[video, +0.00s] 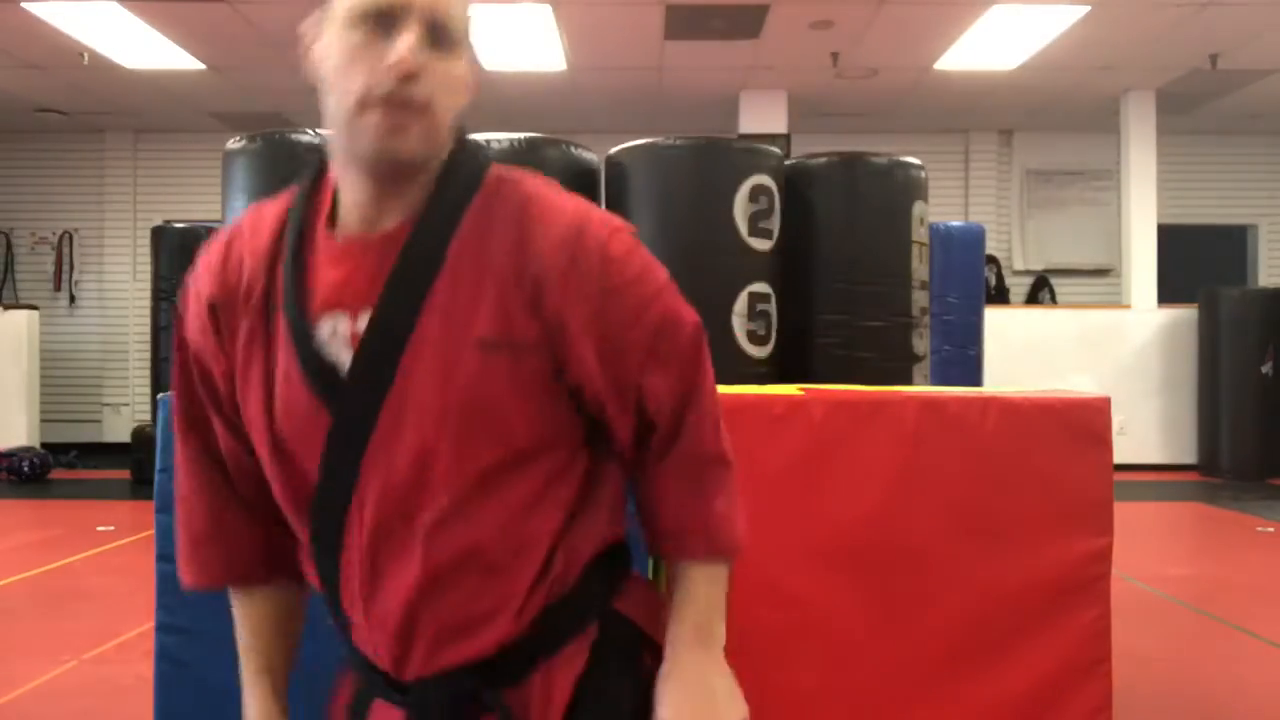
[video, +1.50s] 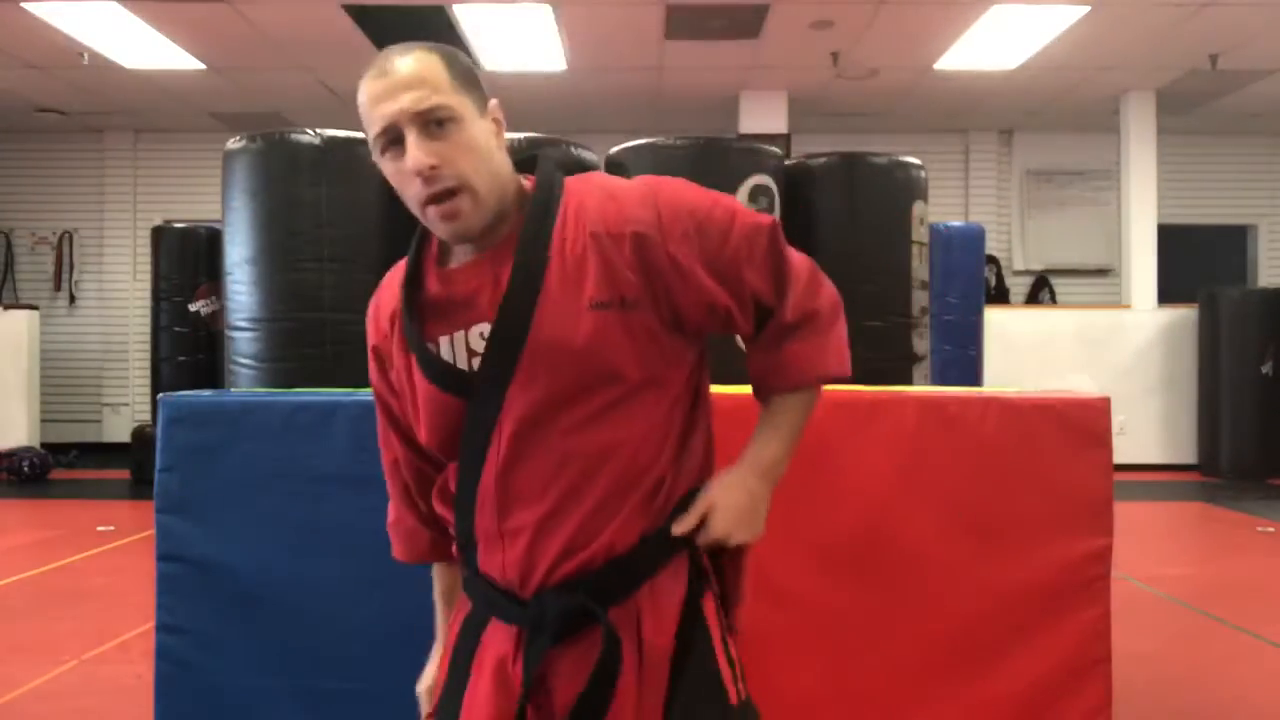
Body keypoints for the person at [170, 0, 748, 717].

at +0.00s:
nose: (407, 58)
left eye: (441, 39)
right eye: (376, 24)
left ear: (470, 81)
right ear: (313, 44)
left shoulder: (562, 245)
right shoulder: (234, 274)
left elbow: (686, 433)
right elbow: (249, 520)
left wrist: (699, 653)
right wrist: (263, 700)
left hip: (574, 682)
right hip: (380, 686)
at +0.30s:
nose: (525, 43)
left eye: (562, 35)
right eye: (505, 9)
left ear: (581, 83)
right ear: (442, 18)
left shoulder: (635, 241)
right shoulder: (292, 216)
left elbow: (721, 420)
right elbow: (243, 471)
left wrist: (724, 601)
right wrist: (252, 692)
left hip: (571, 684)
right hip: (359, 680)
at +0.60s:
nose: (710, 125)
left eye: (732, 91)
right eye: (677, 93)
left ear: (759, 105)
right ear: (617, 110)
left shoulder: (828, 288)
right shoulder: (495, 253)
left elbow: (870, 455)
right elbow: (426, 493)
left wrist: (841, 597)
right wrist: (415, 696)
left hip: (726, 697)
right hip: (525, 692)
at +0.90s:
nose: (655, 152)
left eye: (675, 104)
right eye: (617, 120)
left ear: (720, 95)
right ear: (580, 133)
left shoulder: (846, 228)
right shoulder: (514, 268)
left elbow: (953, 364)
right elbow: (483, 440)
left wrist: (915, 535)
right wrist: (474, 582)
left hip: (789, 673)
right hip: (595, 672)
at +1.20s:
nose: (493, 156)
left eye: (511, 116)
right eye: (464, 136)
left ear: (573, 112)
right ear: (449, 162)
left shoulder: (697, 232)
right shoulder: (457, 297)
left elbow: (868, 353)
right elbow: (453, 502)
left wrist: (807, 543)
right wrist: (398, 640)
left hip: (675, 670)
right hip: (517, 668)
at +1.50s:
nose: (418, 160)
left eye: (436, 124)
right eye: (391, 144)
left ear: (495, 119)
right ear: (381, 169)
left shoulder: (636, 223)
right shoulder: (395, 311)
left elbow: (803, 304)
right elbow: (424, 490)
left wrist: (756, 475)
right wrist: (447, 638)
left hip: (651, 629)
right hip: (498, 640)